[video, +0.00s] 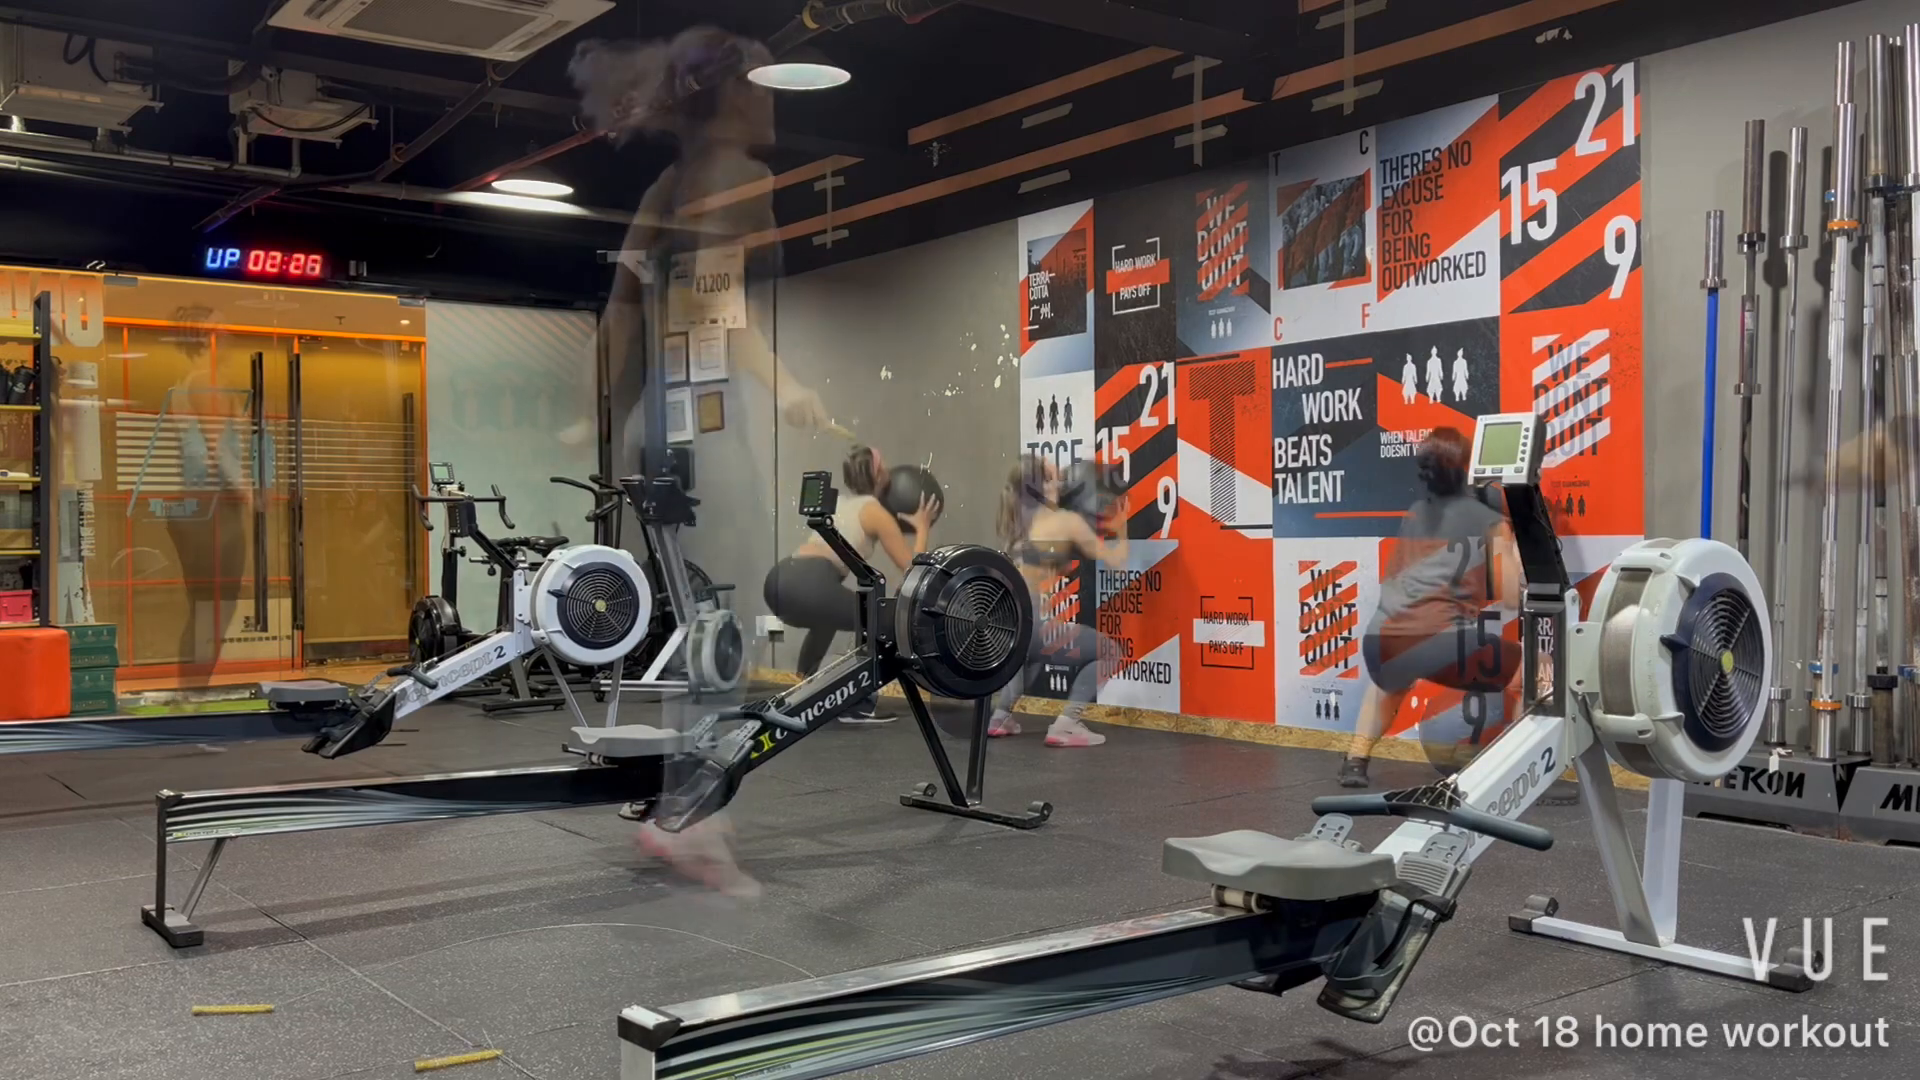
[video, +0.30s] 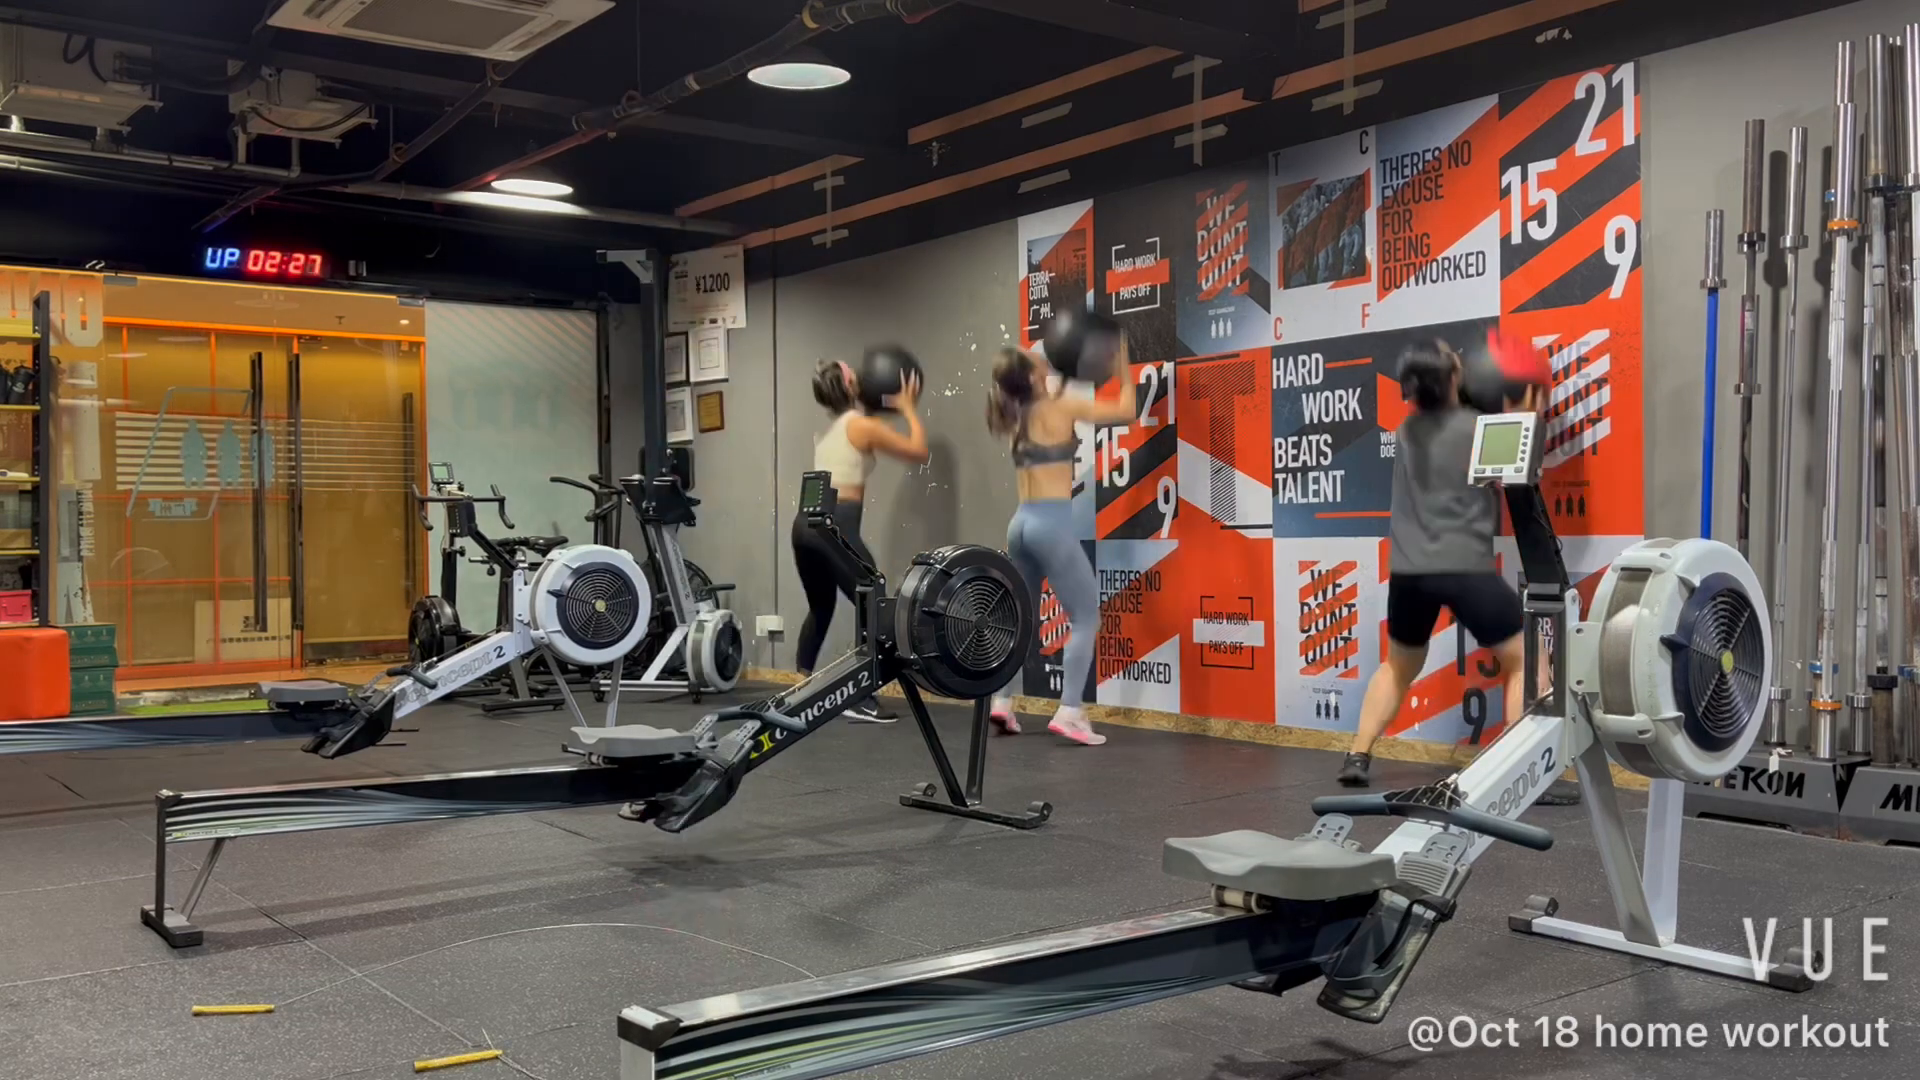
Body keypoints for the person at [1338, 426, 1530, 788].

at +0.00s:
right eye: (1466, 459)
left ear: (1423, 468)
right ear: (1465, 467)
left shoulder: (1413, 516)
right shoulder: (1491, 521)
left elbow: (1397, 580)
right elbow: (1510, 598)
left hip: (1381, 647)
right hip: (1442, 646)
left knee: (1389, 678)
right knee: (1534, 664)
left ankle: (1355, 763)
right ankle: (1531, 765)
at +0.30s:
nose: (1459, 372)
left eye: (1454, 366)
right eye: (1455, 368)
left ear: (1413, 389)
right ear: (1454, 381)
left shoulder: (1405, 433)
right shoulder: (1477, 429)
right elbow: (1524, 462)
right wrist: (1532, 408)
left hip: (1409, 575)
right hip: (1468, 574)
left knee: (1397, 667)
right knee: (1521, 663)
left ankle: (1358, 756)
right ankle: (1524, 772)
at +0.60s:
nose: (1465, 321)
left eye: (1454, 320)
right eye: (1460, 320)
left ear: (1417, 342)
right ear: (1457, 338)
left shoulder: (1414, 374)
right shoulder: (1478, 370)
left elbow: (1420, 311)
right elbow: (1502, 291)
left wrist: (1425, 247)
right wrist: (1508, 219)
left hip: (1421, 521)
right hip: (1474, 520)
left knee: (1397, 637)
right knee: (1507, 638)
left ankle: (1366, 734)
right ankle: (1541, 751)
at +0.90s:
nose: (1467, 348)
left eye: (1461, 344)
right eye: (1462, 345)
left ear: (1415, 359)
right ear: (1456, 357)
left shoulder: (1406, 394)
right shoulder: (1480, 390)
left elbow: (1407, 356)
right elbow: (1539, 354)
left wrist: (1427, 310)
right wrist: (1555, 291)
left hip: (1420, 547)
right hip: (1474, 546)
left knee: (1397, 659)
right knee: (1501, 660)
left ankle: (1362, 758)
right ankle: (1519, 765)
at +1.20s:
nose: (1467, 350)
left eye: (1463, 344)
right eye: (1463, 346)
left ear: (1418, 368)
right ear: (1457, 363)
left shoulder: (1411, 403)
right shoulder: (1482, 401)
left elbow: (1421, 372)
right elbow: (1542, 391)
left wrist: (1459, 336)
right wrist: (1550, 326)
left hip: (1412, 549)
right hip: (1465, 550)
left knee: (1396, 661)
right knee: (1511, 659)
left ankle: (1361, 759)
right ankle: (1522, 770)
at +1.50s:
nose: (1479, 429)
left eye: (1474, 423)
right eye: (1475, 424)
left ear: (1426, 437)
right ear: (1470, 432)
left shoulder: (1416, 480)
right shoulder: (1488, 485)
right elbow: (1515, 554)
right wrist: (1545, 499)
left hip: (1399, 612)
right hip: (1459, 614)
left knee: (1390, 677)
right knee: (1547, 669)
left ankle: (1361, 759)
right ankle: (1541, 775)